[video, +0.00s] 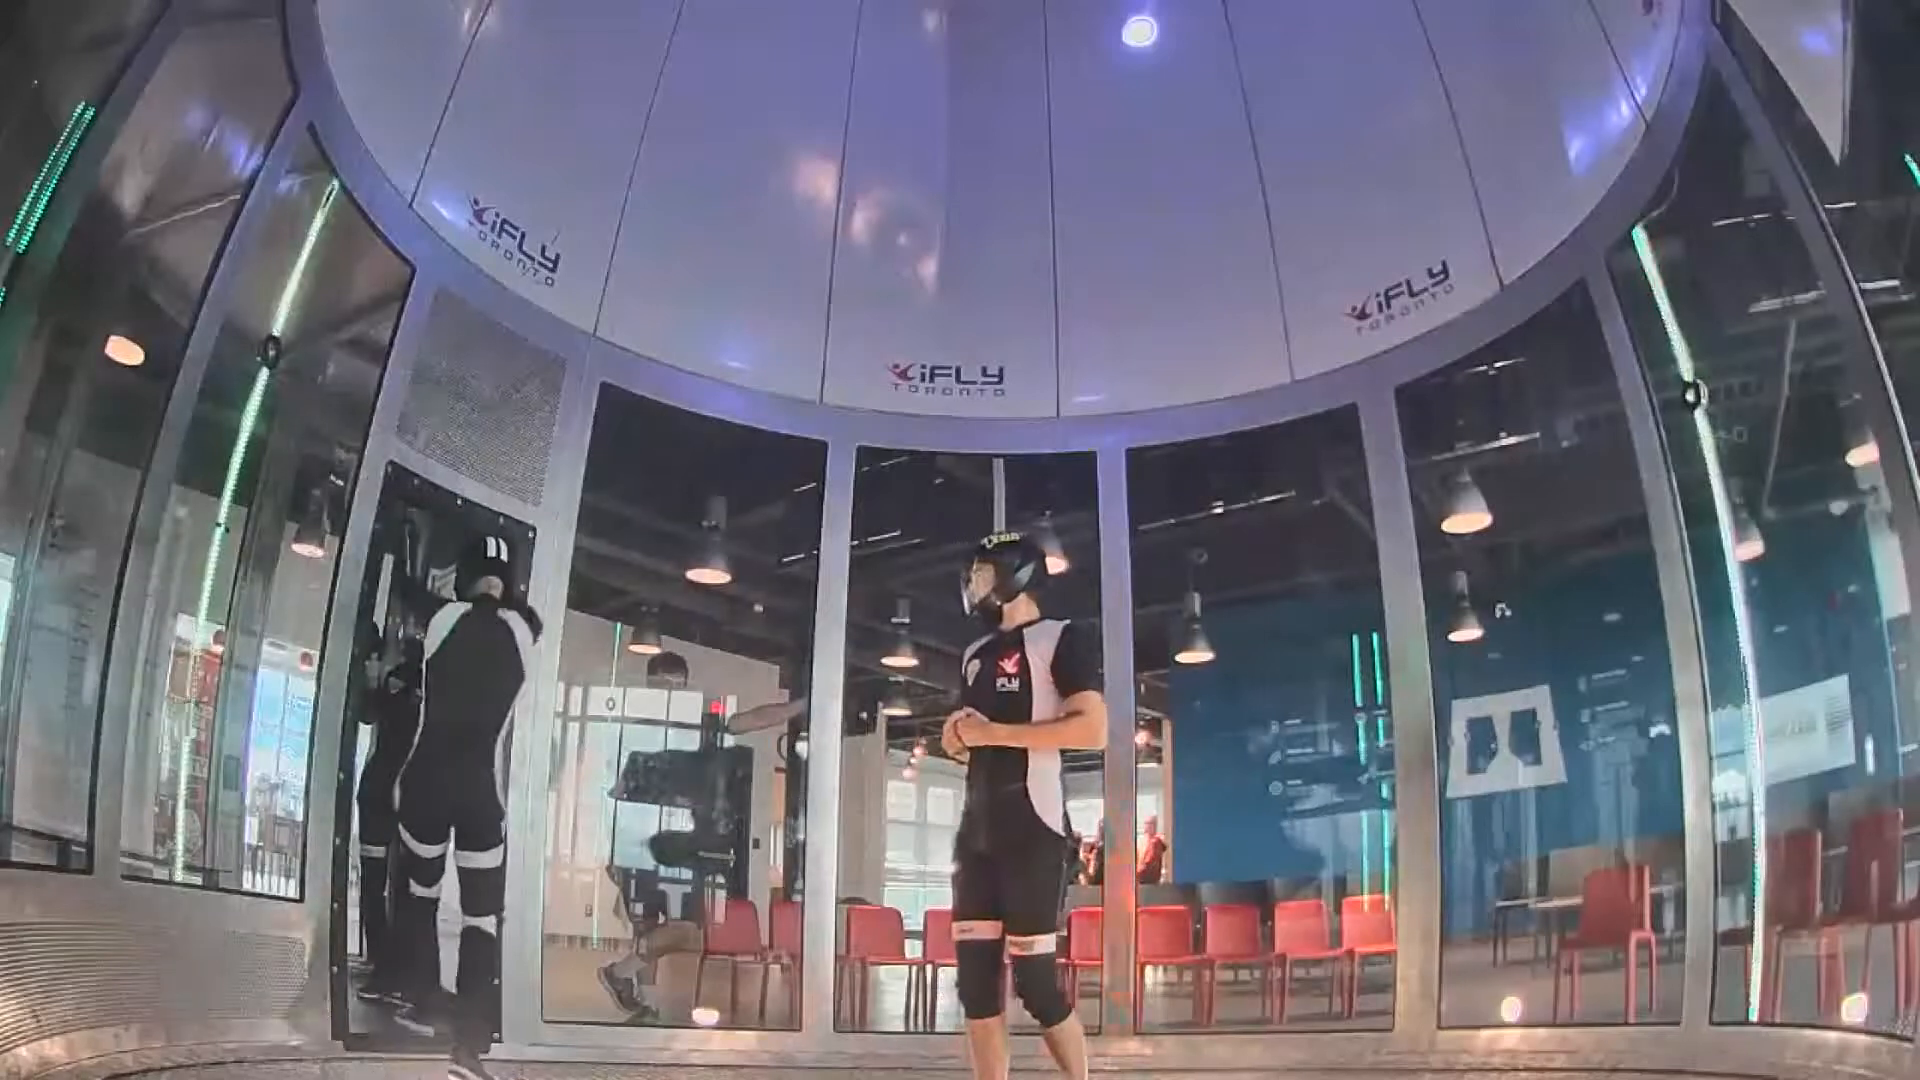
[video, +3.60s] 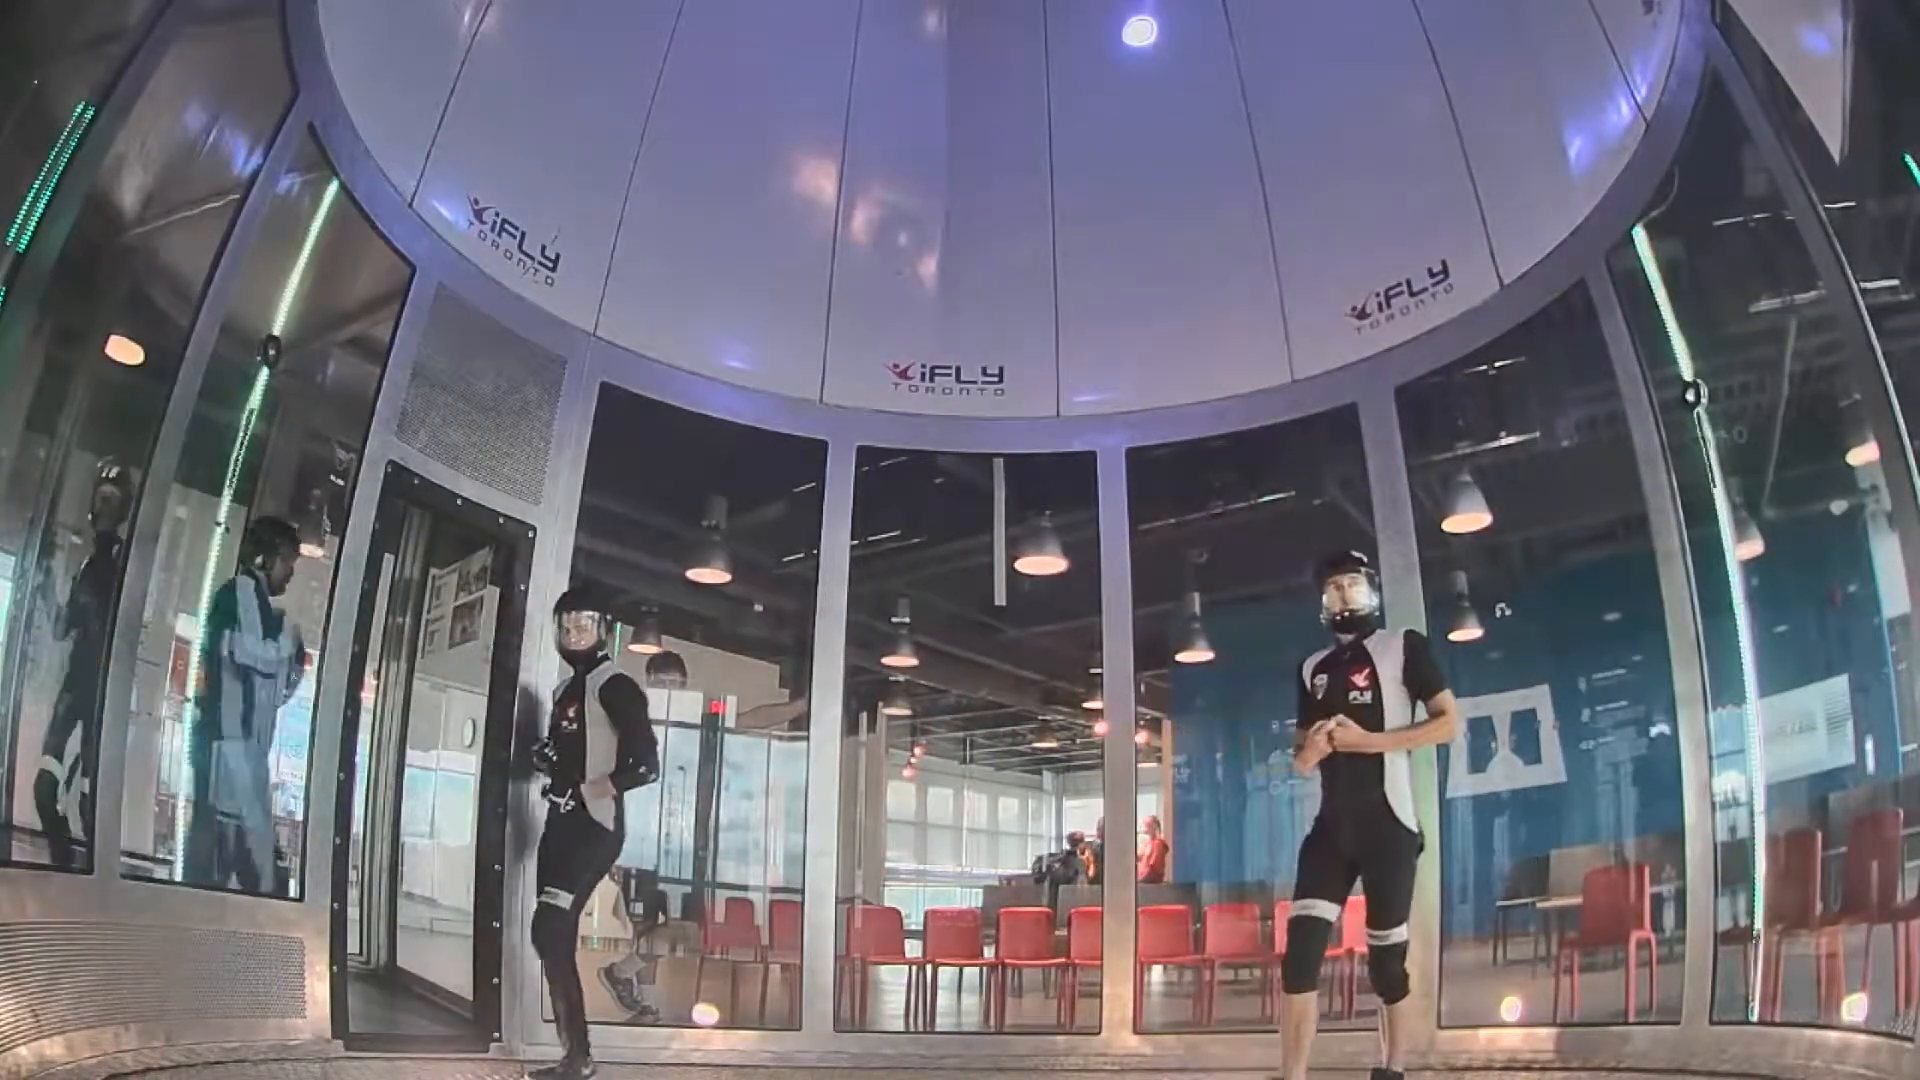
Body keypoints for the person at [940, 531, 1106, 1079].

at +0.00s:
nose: (972, 584)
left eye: (982, 573)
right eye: (972, 575)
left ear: (1017, 575)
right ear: (991, 581)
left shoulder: (1067, 637)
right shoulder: (975, 653)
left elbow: (1092, 729)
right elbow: (965, 751)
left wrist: (995, 731)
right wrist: (954, 737)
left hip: (1036, 828)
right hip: (977, 828)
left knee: (1035, 977)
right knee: (976, 980)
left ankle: (1079, 1076)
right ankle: (991, 1078)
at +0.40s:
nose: (1034, 578)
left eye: (1045, 565)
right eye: (1024, 568)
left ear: (1071, 569)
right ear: (1016, 576)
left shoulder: (1105, 628)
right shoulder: (1014, 652)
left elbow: (1126, 719)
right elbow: (1019, 752)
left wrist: (1032, 719)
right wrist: (994, 733)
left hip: (1083, 824)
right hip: (1023, 824)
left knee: (1104, 976)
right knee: (996, 973)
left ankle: (1169, 1073)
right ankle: (996, 1079)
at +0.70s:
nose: (1100, 586)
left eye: (1110, 574)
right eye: (1091, 576)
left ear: (1135, 578)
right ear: (1081, 586)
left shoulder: (1170, 633)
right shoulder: (1074, 664)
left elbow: (1213, 717)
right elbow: (1081, 768)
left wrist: (1115, 726)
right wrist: (1069, 742)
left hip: (1170, 829)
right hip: (1111, 833)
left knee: (1210, 973)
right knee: (1051, 971)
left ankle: (1251, 1077)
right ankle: (1015, 1077)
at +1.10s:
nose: (1165, 573)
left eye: (1176, 561)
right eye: (1156, 564)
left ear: (1203, 564)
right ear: (1147, 574)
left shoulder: (1235, 618)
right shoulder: (1148, 646)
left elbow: (1285, 698)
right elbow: (1148, 748)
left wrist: (1187, 714)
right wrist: (1138, 729)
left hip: (1227, 816)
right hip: (1171, 817)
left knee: (1234, 966)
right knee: (1120, 960)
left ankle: (1257, 1076)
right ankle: (1119, 1075)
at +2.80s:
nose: (1213, 595)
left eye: (1222, 584)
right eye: (1211, 586)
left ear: (1253, 586)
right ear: (1218, 594)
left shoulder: (1292, 645)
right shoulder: (1212, 662)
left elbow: (1329, 732)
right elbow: (1190, 749)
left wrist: (1240, 733)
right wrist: (1193, 741)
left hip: (1267, 823)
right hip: (1212, 824)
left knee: (1280, 965)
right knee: (1195, 962)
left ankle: (1339, 1068)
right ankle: (1183, 1076)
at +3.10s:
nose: (1274, 609)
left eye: (1284, 598)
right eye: (1272, 599)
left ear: (1315, 598)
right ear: (1272, 605)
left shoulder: (1367, 653)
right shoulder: (1268, 670)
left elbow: (1412, 729)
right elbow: (1251, 763)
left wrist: (1332, 733)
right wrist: (1271, 745)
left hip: (1354, 833)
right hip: (1293, 834)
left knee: (1373, 962)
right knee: (1242, 958)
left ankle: (1388, 1070)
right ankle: (1191, 1075)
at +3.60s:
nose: (1343, 596)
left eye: (1352, 585)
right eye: (1334, 587)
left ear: (1373, 591)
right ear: (1322, 598)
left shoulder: (1405, 646)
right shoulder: (1311, 667)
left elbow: (1449, 723)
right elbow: (1302, 760)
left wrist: (1371, 741)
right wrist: (1311, 750)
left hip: (1391, 826)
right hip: (1331, 827)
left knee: (1386, 966)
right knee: (1300, 955)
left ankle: (1393, 1066)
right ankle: (1293, 1075)